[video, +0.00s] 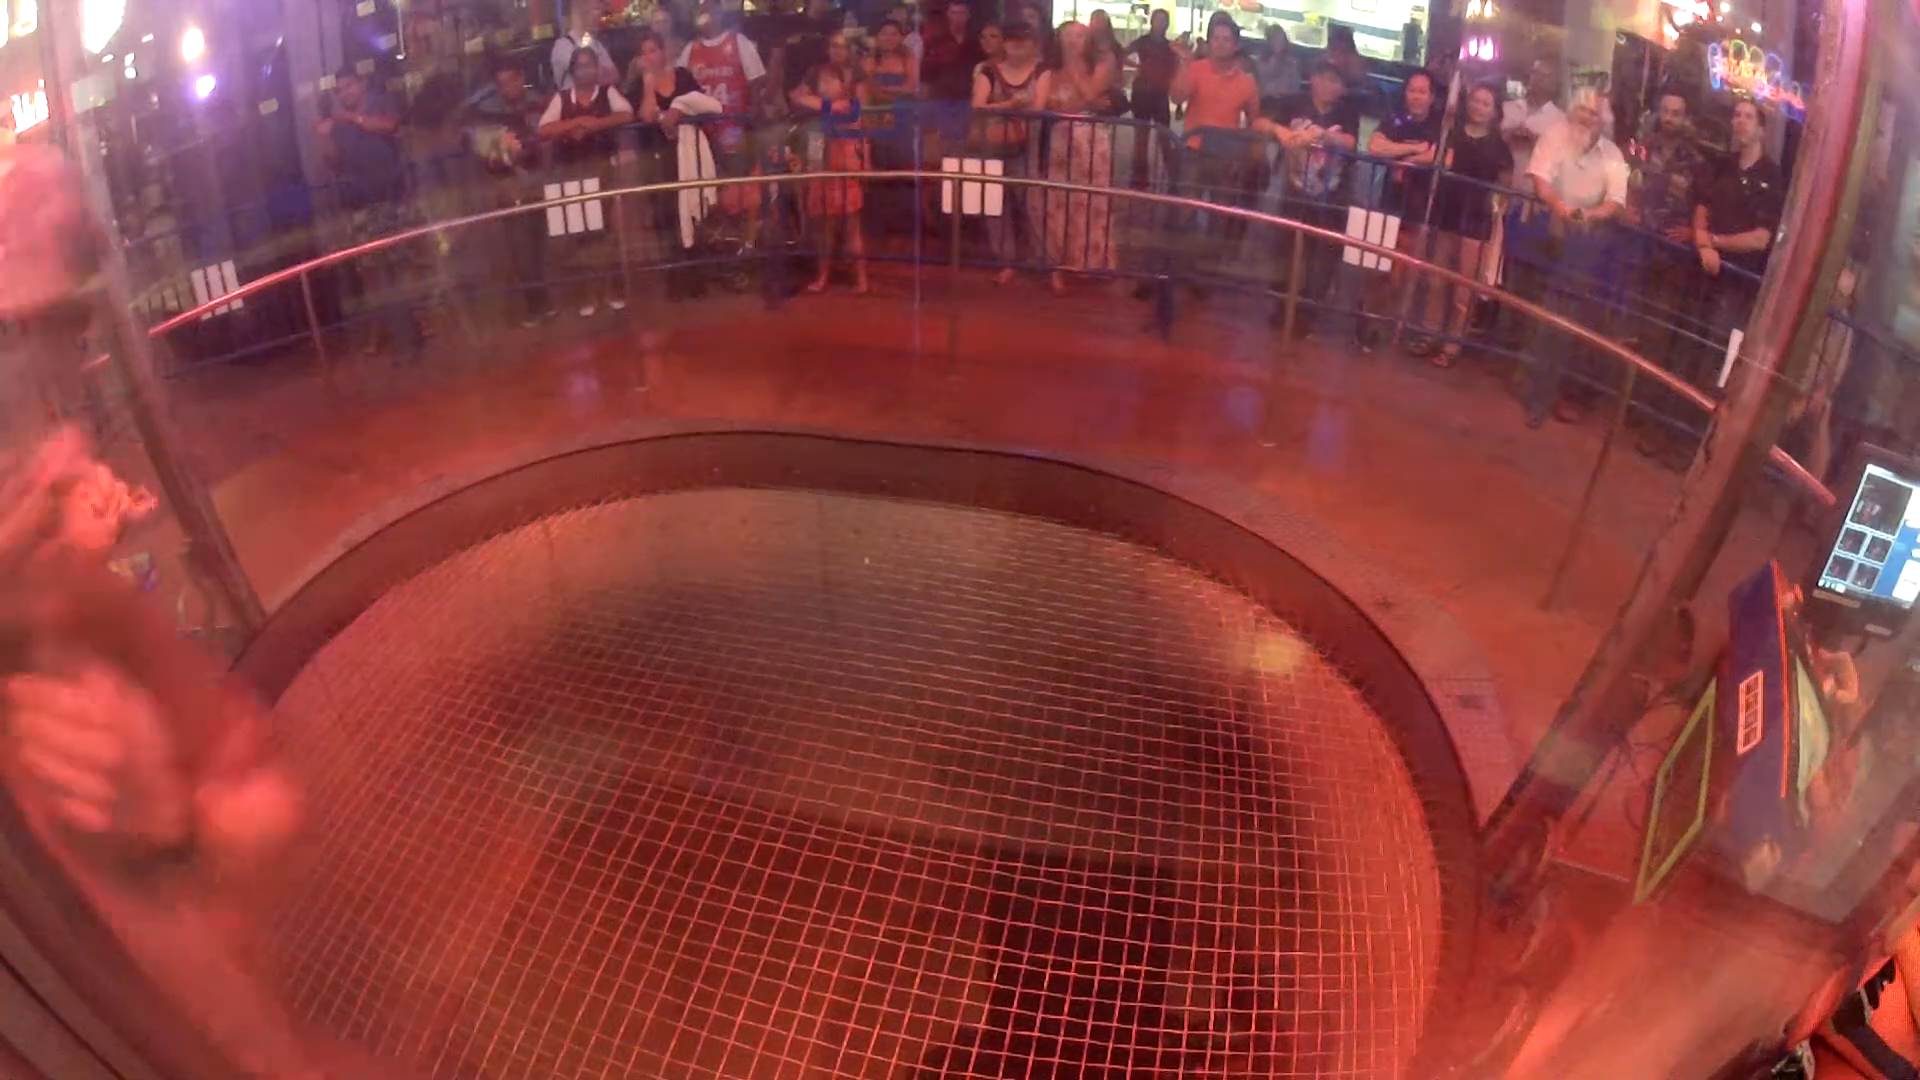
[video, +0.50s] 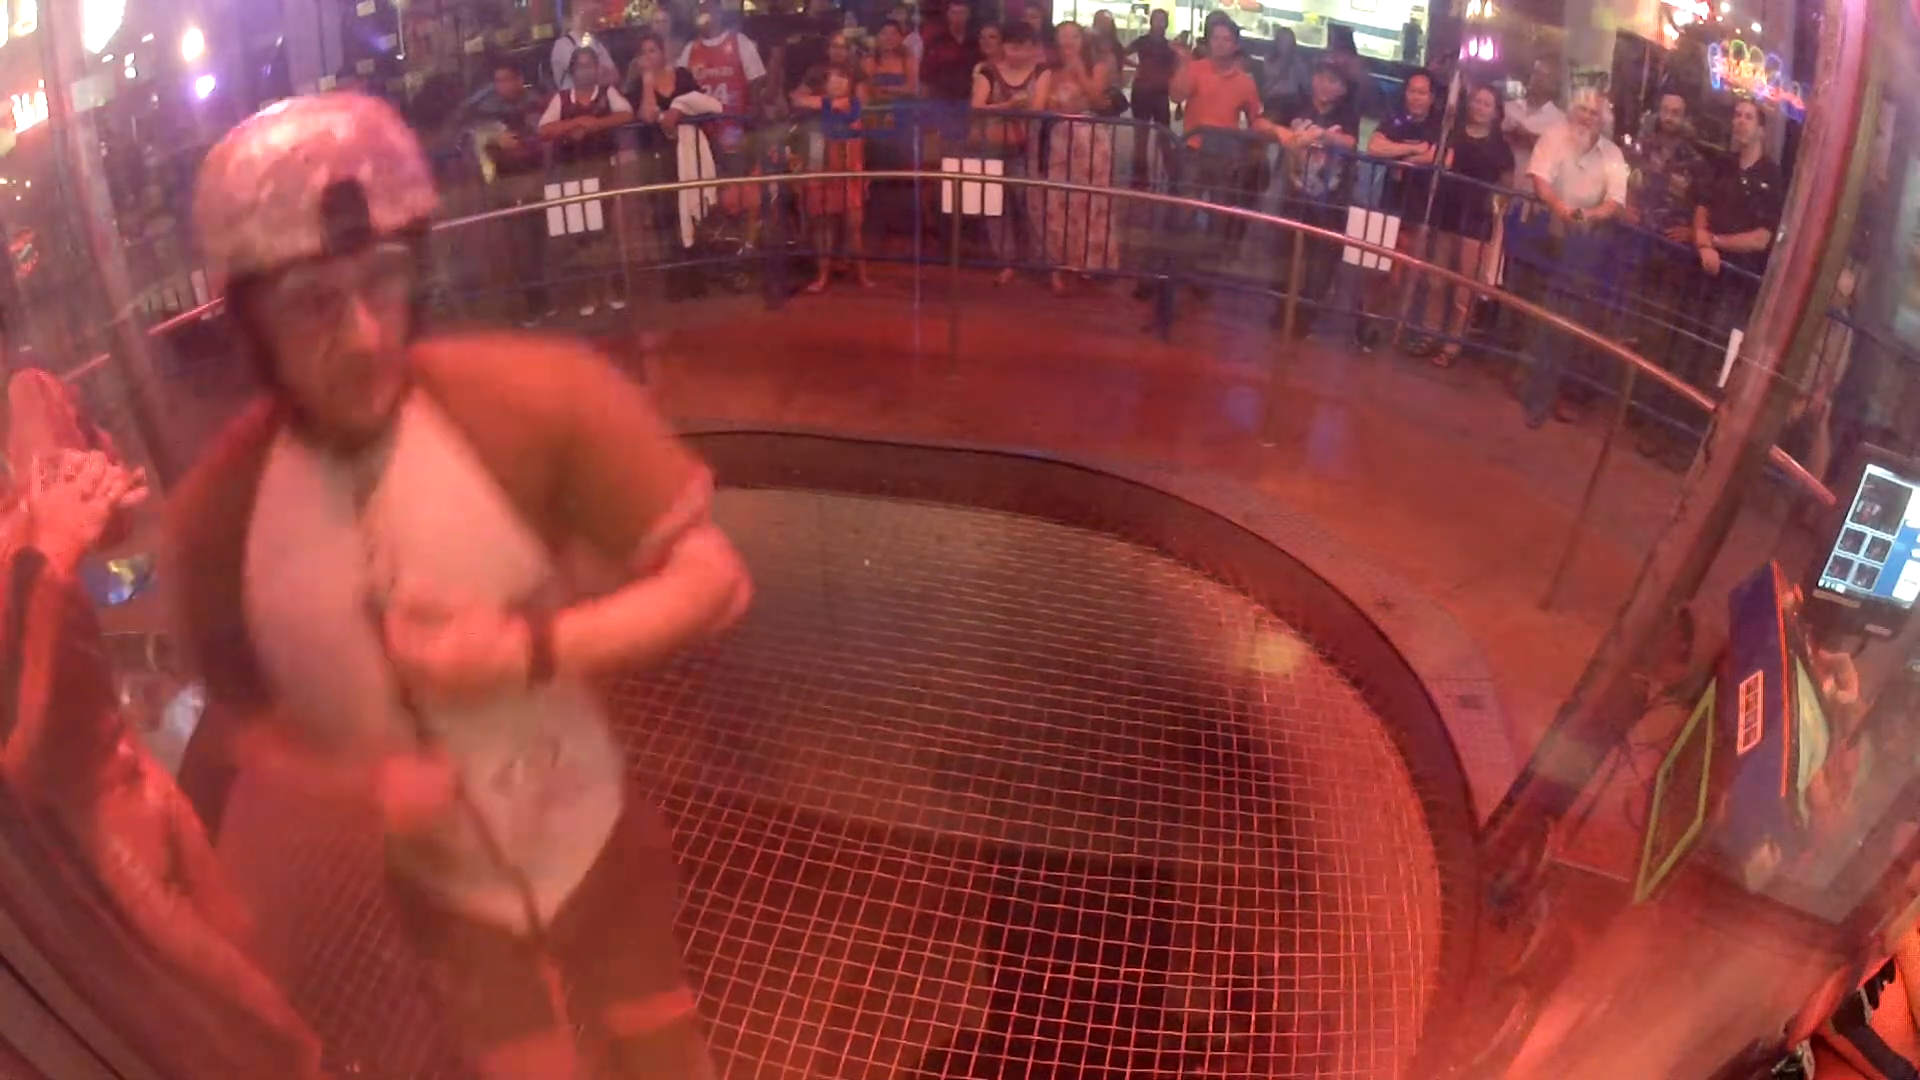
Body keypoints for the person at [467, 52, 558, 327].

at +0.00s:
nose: (509, 88)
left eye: (512, 80)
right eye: (503, 83)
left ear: (522, 79)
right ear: (496, 85)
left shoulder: (537, 104)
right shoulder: (487, 113)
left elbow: (550, 141)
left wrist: (523, 148)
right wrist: (497, 150)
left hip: (535, 178)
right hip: (506, 183)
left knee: (538, 242)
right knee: (518, 245)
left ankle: (543, 300)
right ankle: (527, 305)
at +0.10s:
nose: (509, 88)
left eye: (512, 82)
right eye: (503, 83)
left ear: (522, 80)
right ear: (495, 86)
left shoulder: (537, 105)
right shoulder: (486, 115)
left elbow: (548, 142)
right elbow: (474, 154)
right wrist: (493, 169)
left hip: (534, 182)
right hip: (504, 187)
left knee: (537, 245)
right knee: (516, 248)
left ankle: (543, 301)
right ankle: (524, 307)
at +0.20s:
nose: (503, 87)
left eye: (508, 80)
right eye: (499, 81)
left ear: (521, 80)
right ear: (494, 84)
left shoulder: (536, 103)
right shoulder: (484, 111)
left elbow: (548, 142)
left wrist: (523, 149)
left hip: (533, 181)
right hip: (501, 187)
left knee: (536, 245)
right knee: (513, 248)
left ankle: (542, 301)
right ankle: (522, 307)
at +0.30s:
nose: (501, 87)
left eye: (506, 80)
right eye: (498, 81)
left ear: (520, 79)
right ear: (493, 84)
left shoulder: (535, 103)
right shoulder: (485, 109)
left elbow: (547, 140)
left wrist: (521, 146)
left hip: (534, 181)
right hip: (502, 186)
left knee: (536, 244)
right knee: (513, 248)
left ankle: (542, 301)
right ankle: (522, 307)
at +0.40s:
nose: (502, 87)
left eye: (507, 80)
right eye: (498, 81)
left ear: (520, 81)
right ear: (495, 85)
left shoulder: (537, 106)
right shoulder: (492, 114)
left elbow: (549, 141)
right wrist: (499, 143)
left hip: (537, 182)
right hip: (508, 186)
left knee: (538, 245)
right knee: (518, 249)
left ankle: (544, 301)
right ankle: (527, 306)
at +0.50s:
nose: (502, 87)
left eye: (507, 80)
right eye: (498, 81)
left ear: (520, 80)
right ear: (493, 84)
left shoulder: (536, 105)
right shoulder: (489, 110)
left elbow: (549, 139)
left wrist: (520, 145)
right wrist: (496, 139)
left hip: (536, 180)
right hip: (506, 185)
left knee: (536, 245)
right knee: (517, 247)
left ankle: (541, 303)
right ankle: (529, 306)